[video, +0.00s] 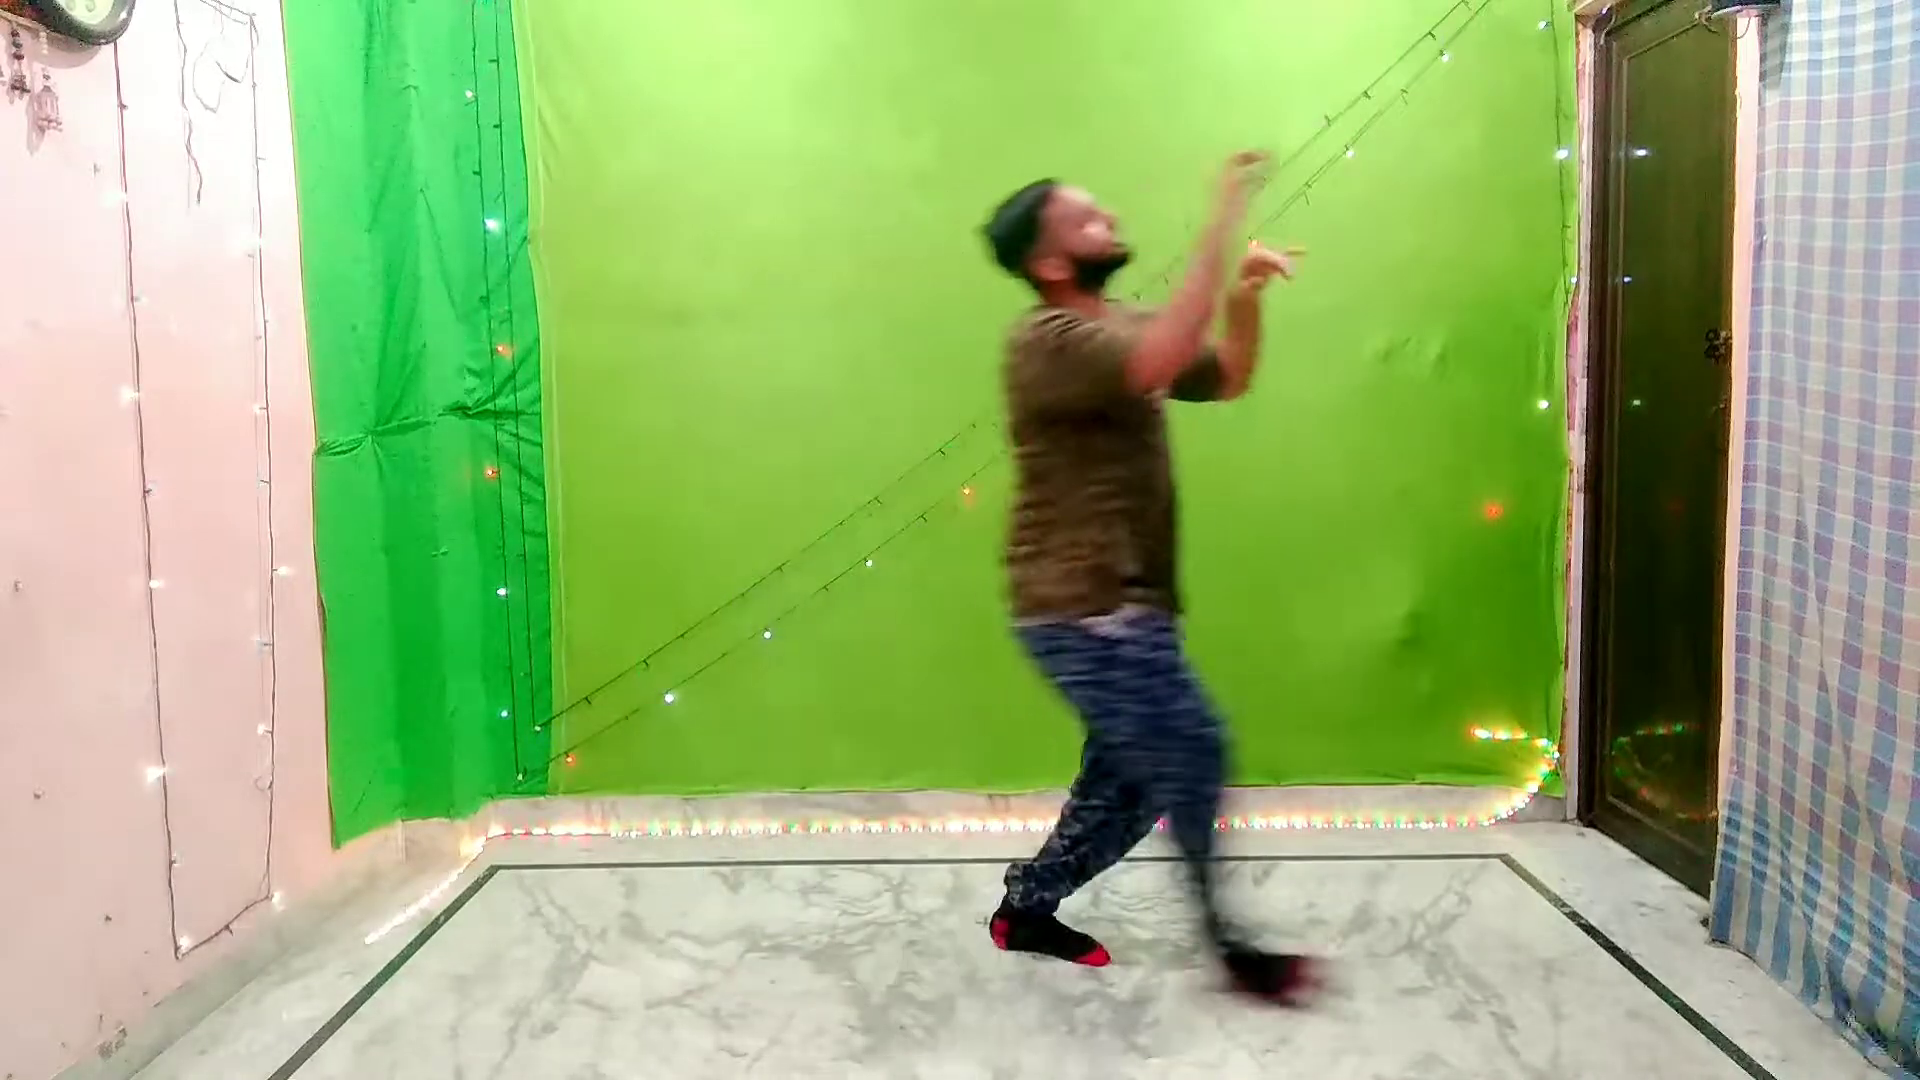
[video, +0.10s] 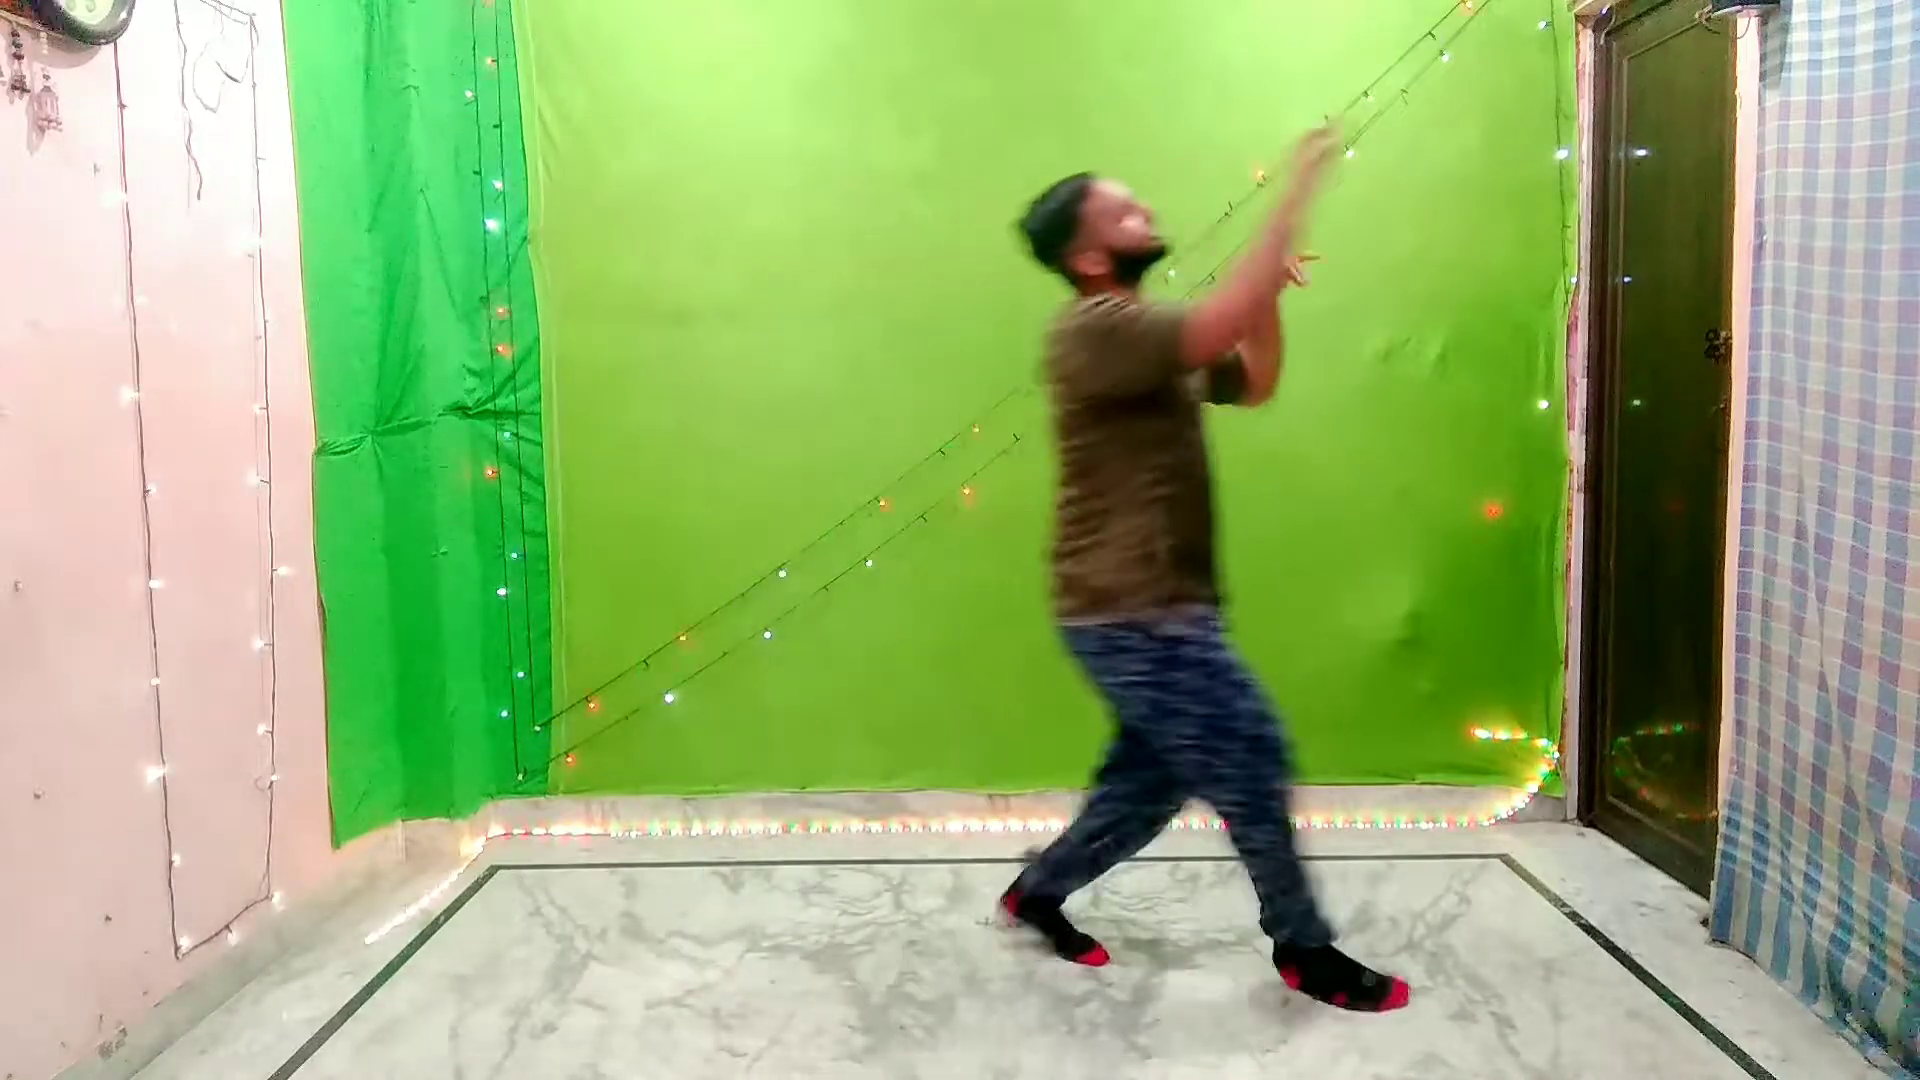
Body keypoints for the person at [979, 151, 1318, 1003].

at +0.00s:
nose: (1105, 219)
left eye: (1095, 208)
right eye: (1083, 216)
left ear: (1064, 258)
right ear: (1048, 260)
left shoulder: (1122, 326)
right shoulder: (1049, 341)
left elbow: (1225, 377)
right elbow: (1158, 358)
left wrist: (1245, 296)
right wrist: (1222, 224)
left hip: (1130, 604)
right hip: (1080, 610)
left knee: (1133, 774)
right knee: (1190, 745)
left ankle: (1030, 908)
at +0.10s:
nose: (1142, 209)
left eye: (1131, 198)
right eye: (1120, 206)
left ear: (1101, 247)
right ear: (1086, 248)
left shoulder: (1138, 329)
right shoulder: (1093, 332)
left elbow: (1250, 381)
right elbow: (1216, 326)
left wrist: (1265, 292)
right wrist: (1297, 193)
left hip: (1163, 606)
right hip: (1131, 611)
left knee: (1156, 773)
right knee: (1246, 750)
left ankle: (1038, 895)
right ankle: (1304, 948)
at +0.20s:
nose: (1195, 204)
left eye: (1183, 195)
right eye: (1174, 201)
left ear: (1140, 245)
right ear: (1140, 240)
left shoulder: (1176, 320)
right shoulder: (1170, 302)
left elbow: (1278, 421)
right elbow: (1310, 222)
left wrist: (1272, 312)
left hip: (1195, 604)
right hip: (1202, 603)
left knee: (1267, 765)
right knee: (1313, 765)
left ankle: (1141, 860)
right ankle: (1309, 952)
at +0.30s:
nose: (1229, 201)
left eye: (1215, 190)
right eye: (1208, 197)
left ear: (1173, 243)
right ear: (1174, 236)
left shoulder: (1210, 309)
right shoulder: (1197, 297)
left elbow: (1308, 410)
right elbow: (1345, 206)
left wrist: (1298, 300)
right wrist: (1477, 107)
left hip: (1258, 589)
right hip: (1215, 603)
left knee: (1364, 703)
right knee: (1332, 755)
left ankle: (1276, 858)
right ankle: (1310, 950)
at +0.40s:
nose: (1252, 193)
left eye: (1238, 183)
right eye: (1230, 190)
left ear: (1194, 235)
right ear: (1193, 230)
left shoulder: (1235, 306)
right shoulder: (1211, 294)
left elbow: (1329, 398)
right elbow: (1365, 201)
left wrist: (1326, 290)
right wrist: (1498, 101)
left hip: (1294, 584)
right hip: (1236, 597)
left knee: (1402, 700)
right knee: (1339, 755)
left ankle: (1396, 891)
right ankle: (1312, 952)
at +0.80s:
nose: (1308, 199)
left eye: (1296, 188)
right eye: (1289, 196)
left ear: (1259, 241)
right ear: (1258, 240)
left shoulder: (1306, 304)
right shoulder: (1251, 315)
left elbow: (1395, 321)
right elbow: (1377, 281)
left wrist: (1452, 268)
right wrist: (1481, 181)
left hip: (1426, 569)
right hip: (1363, 589)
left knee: (1479, 726)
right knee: (1411, 748)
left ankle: (1469, 911)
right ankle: (1313, 947)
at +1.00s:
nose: (1349, 160)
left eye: (1334, 152)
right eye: (1327, 161)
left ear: (1309, 223)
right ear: (1300, 219)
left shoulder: (1351, 296)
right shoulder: (1298, 306)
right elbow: (1327, 397)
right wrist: (1414, 254)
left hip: (1471, 553)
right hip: (1411, 574)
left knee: (1538, 698)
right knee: (1492, 727)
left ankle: (1489, 869)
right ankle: (1353, 907)